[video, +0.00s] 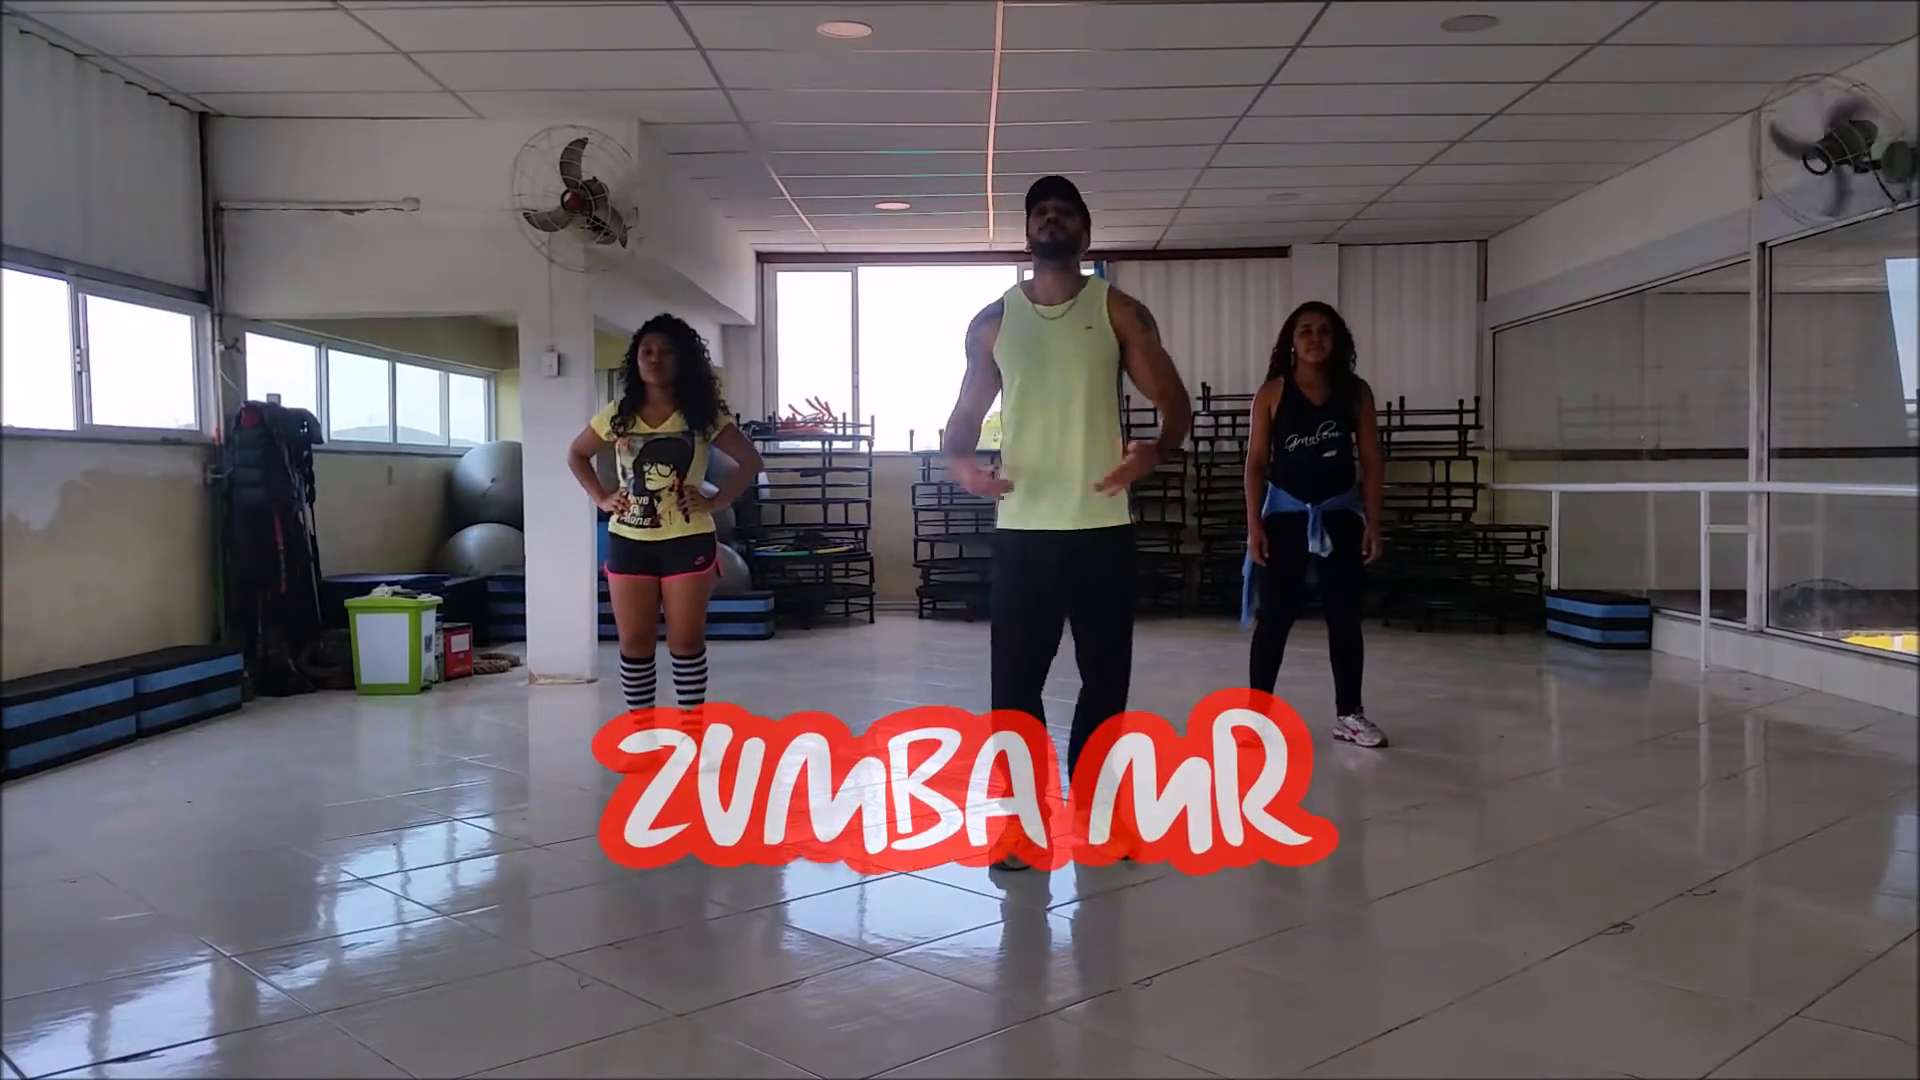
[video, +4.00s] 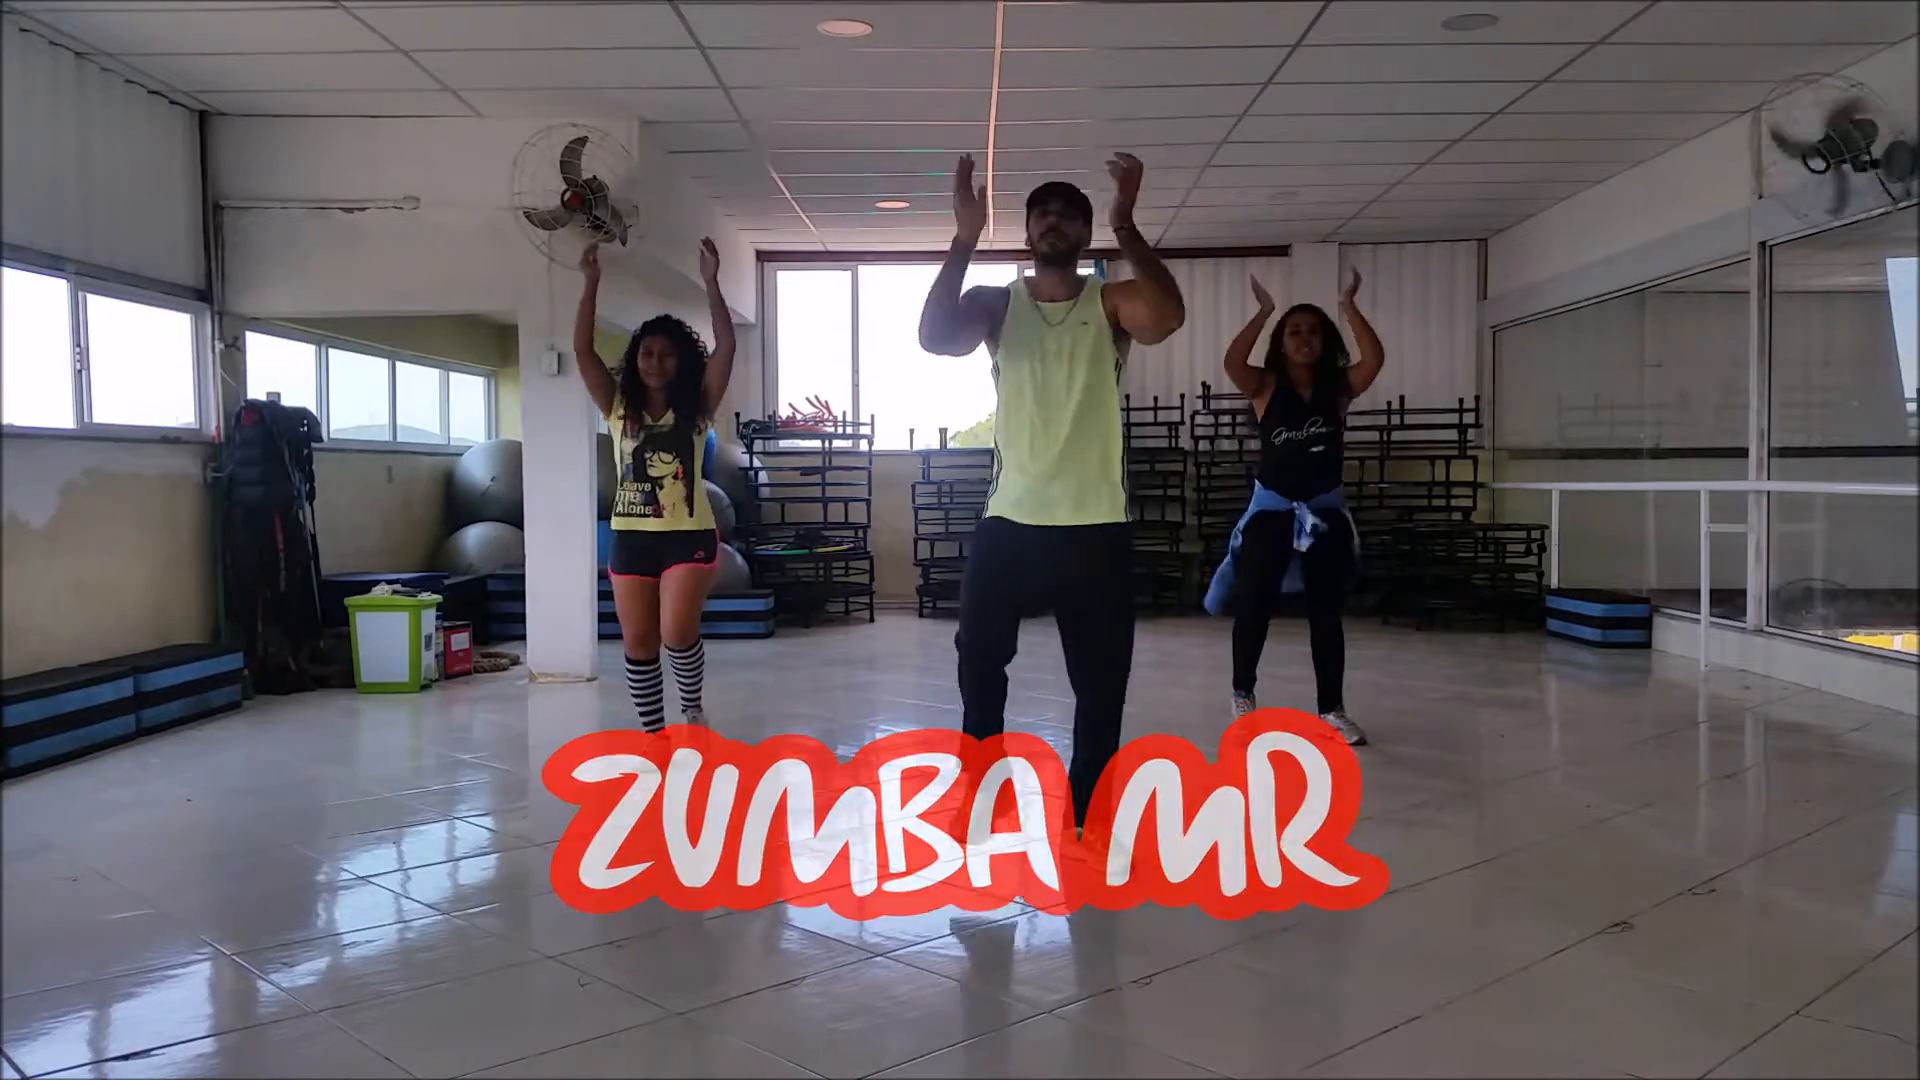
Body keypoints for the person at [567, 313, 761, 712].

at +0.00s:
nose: (653, 358)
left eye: (664, 351)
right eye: (646, 350)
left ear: (682, 360)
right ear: (635, 359)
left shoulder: (702, 413)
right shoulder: (619, 412)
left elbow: (751, 462)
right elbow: (577, 454)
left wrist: (714, 503)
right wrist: (601, 496)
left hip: (688, 542)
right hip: (629, 544)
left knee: (686, 644)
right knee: (634, 647)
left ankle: (692, 736)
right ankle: (642, 738)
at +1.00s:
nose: (651, 357)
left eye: (662, 351)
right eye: (644, 350)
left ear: (680, 361)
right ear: (635, 359)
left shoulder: (696, 410)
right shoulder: (619, 409)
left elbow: (709, 460)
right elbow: (590, 460)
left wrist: (678, 417)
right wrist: (626, 427)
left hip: (685, 538)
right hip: (627, 538)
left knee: (678, 643)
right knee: (634, 643)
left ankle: (679, 733)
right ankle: (641, 734)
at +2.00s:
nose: (654, 355)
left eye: (665, 349)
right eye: (646, 348)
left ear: (684, 360)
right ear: (634, 356)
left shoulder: (696, 404)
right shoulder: (615, 402)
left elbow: (723, 343)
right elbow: (573, 345)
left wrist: (700, 284)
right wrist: (597, 286)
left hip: (685, 538)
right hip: (628, 539)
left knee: (678, 641)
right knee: (636, 645)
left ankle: (685, 729)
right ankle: (645, 736)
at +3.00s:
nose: (659, 359)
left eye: (670, 351)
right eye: (651, 351)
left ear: (686, 360)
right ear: (638, 358)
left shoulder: (700, 405)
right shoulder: (617, 404)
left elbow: (726, 343)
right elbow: (582, 347)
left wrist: (708, 280)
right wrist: (595, 282)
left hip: (688, 538)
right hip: (631, 539)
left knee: (678, 633)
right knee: (638, 645)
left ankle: (691, 722)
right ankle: (650, 736)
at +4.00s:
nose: (655, 362)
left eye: (666, 355)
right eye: (647, 353)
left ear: (682, 363)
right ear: (635, 360)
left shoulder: (697, 407)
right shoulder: (617, 406)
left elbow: (725, 345)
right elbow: (584, 349)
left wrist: (711, 284)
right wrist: (590, 283)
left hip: (688, 541)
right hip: (631, 542)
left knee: (678, 634)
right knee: (638, 644)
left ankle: (692, 720)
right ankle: (654, 739)